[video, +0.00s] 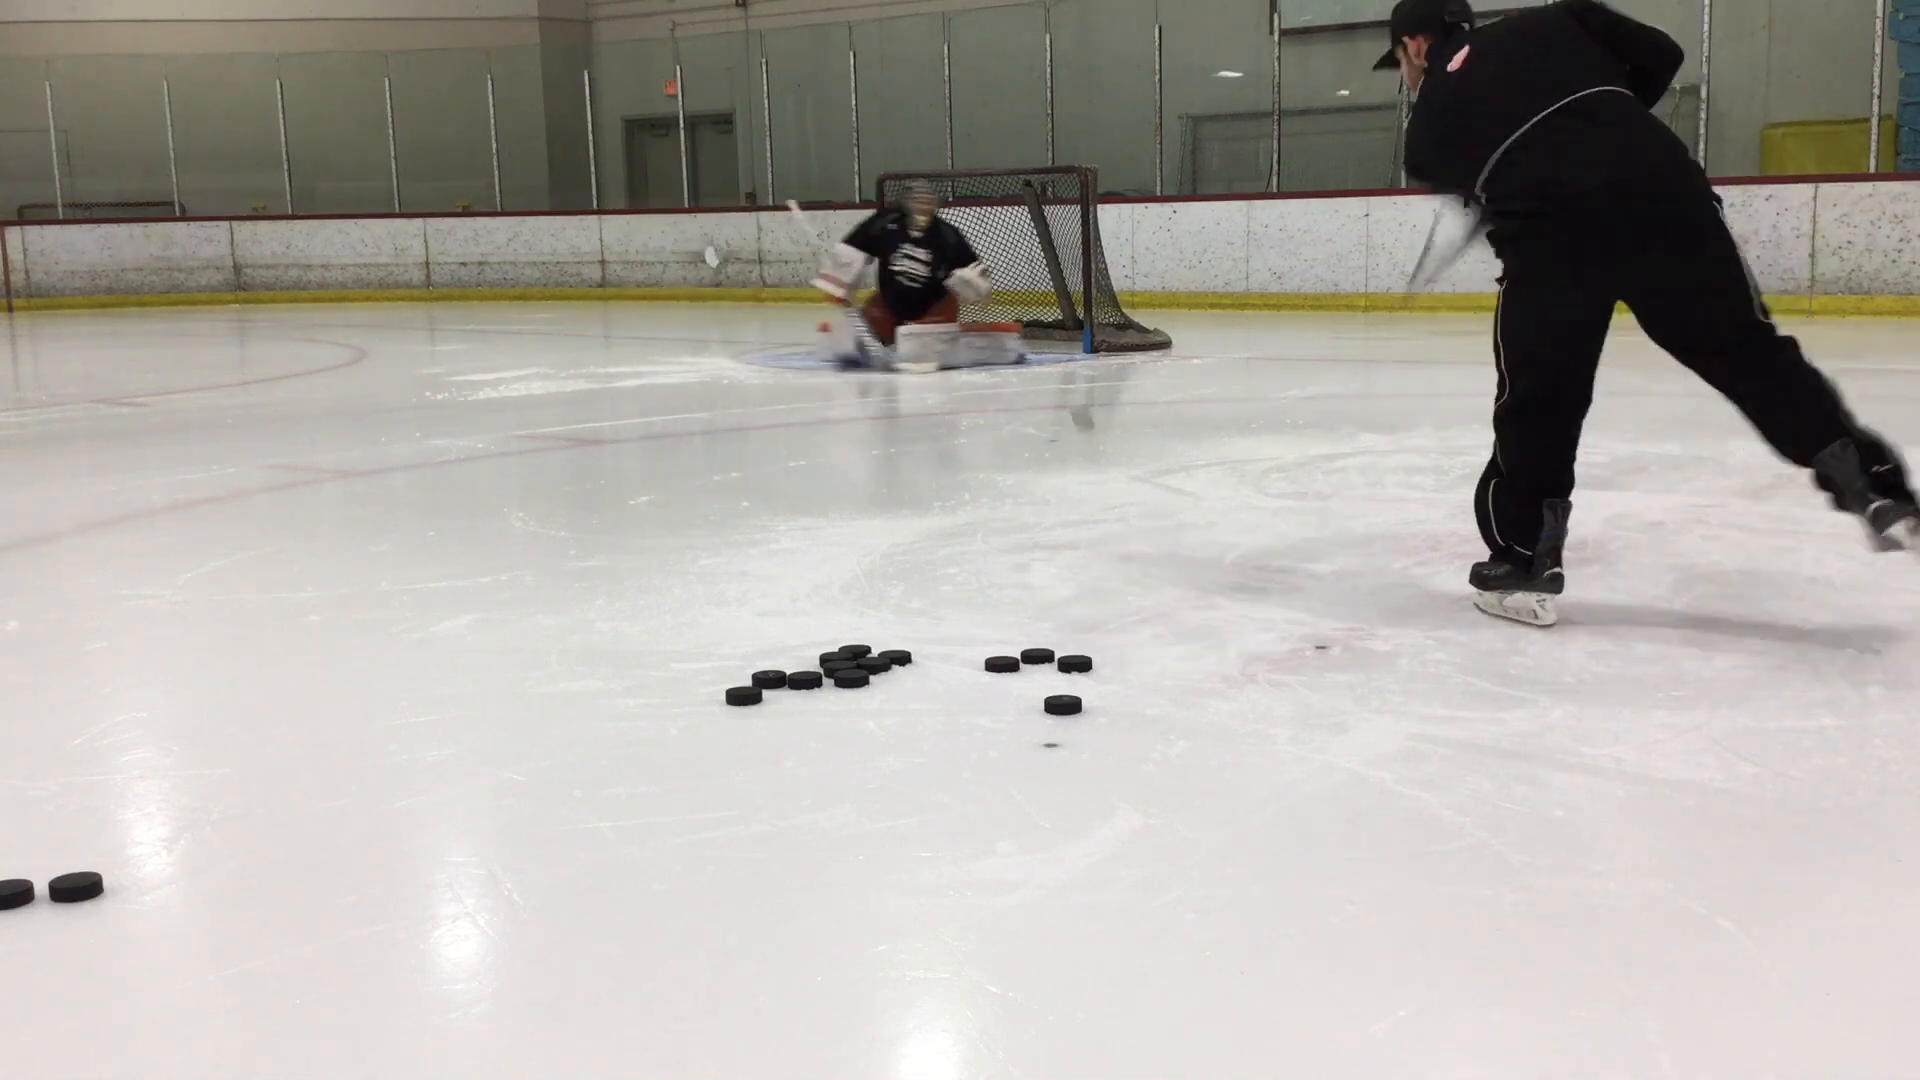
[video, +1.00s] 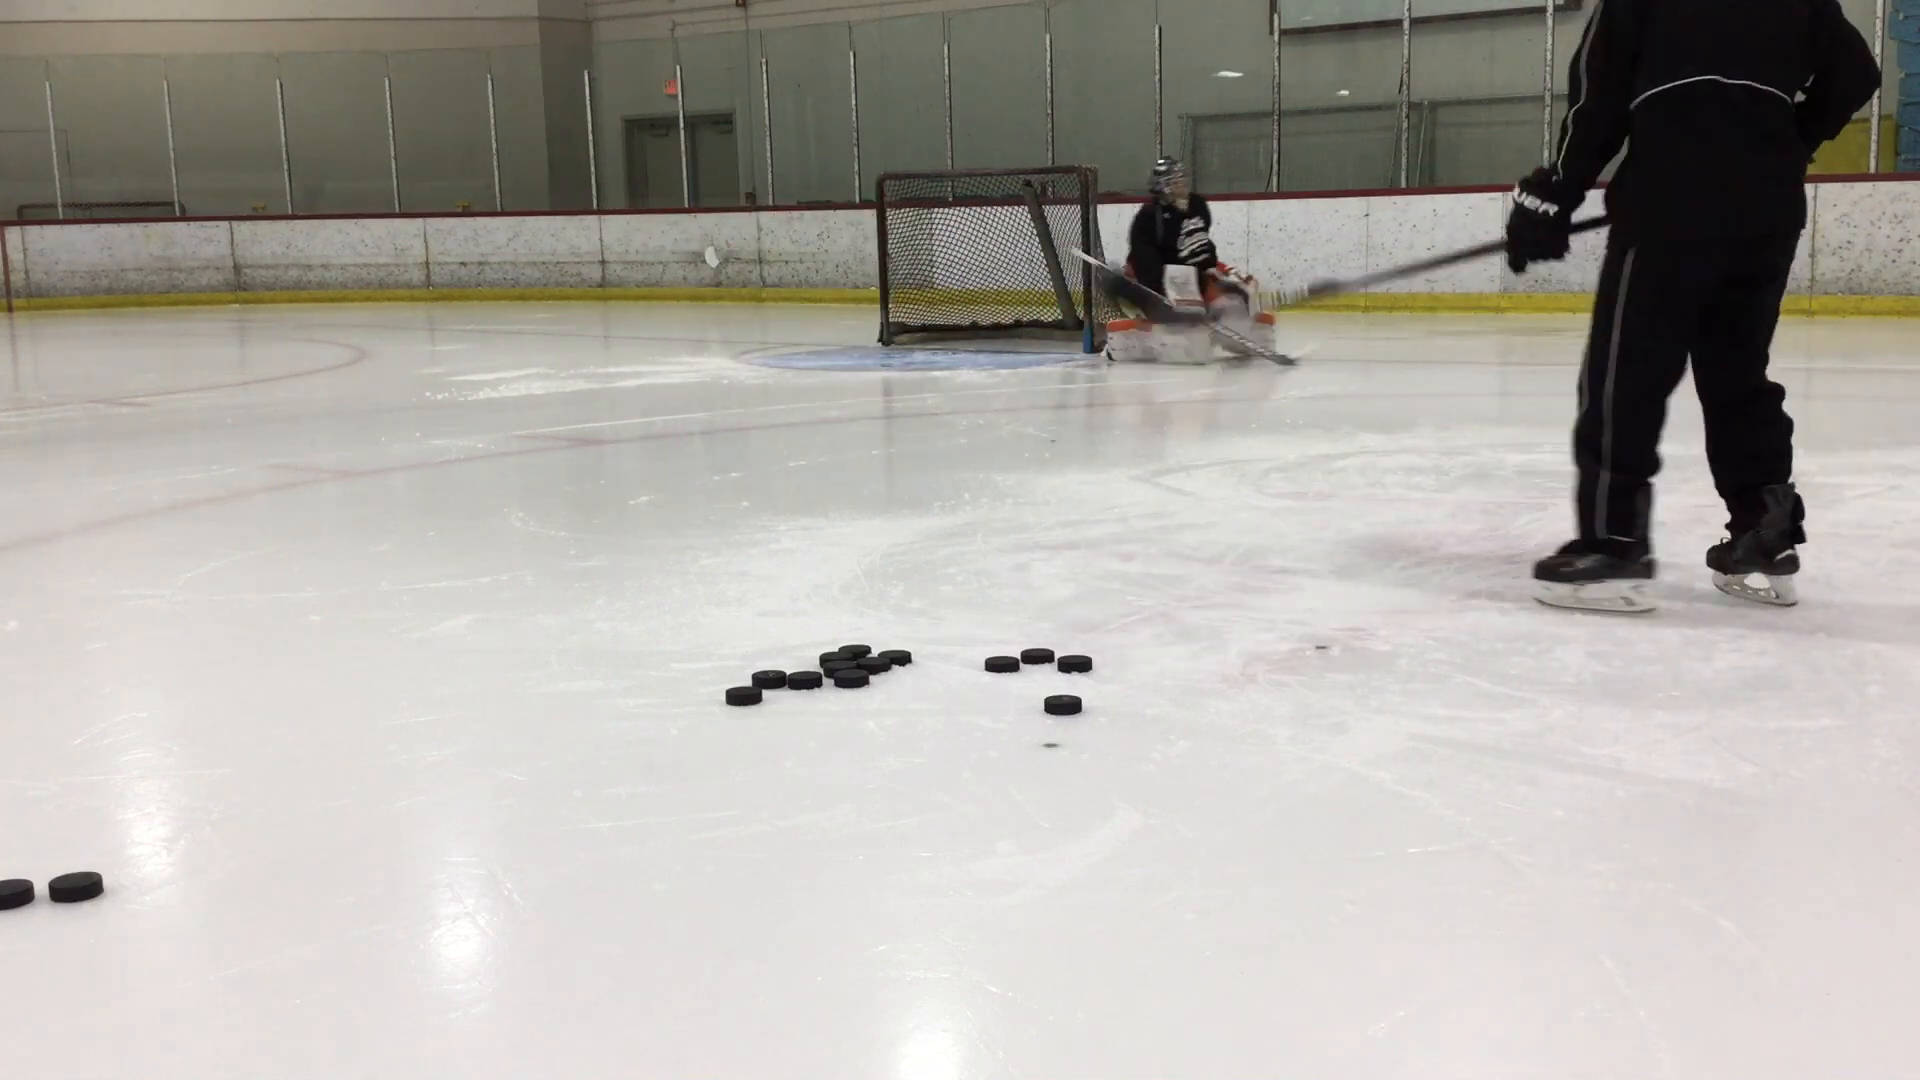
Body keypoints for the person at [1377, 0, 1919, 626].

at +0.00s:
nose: (1401, 77)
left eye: (1400, 62)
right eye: (1399, 64)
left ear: (1418, 48)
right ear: (1465, 27)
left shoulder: (1427, 127)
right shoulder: (1558, 20)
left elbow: (1453, 180)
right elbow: (1658, 54)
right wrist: (1603, 124)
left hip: (1554, 240)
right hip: (1665, 201)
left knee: (1540, 396)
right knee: (1742, 344)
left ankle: (1527, 557)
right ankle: (1865, 476)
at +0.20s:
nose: (1444, 22)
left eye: (1445, 14)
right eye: (1444, 13)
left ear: (1461, 16)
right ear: (1507, 4)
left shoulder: (1458, 78)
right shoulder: (1567, 8)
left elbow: (1461, 139)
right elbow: (1671, 12)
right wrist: (1663, 79)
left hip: (1542, 220)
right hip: (1651, 203)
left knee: (1532, 382)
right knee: (1678, 365)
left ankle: (1498, 528)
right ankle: (1721, 512)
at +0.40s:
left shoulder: (1509, 31)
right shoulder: (1658, 2)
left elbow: (1484, 108)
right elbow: (1729, 38)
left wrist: (1546, 147)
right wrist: (1697, 100)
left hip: (1543, 221)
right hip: (1648, 213)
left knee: (1546, 382)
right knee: (1671, 381)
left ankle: (1495, 534)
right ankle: (1709, 542)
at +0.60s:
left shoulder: (1542, 24)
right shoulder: (1697, 5)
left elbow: (1516, 108)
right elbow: (1778, 51)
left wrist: (1576, 161)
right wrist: (1748, 128)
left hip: (1568, 219)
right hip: (1674, 211)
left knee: (1569, 377)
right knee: (1696, 382)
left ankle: (1509, 528)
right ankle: (1726, 535)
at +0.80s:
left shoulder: (1577, 17)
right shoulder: (1758, 6)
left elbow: (1562, 134)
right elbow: (1837, 59)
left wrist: (1552, 238)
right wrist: (1788, 135)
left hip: (1615, 203)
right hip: (1728, 202)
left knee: (1585, 376)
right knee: (1722, 375)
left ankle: (1538, 527)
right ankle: (1744, 528)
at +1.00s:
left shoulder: (1632, 6)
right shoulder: (1801, 4)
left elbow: (1604, 89)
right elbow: (1855, 71)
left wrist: (1552, 191)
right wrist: (1787, 143)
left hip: (1667, 193)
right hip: (1768, 197)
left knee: (1623, 371)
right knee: (1737, 373)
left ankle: (1613, 541)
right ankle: (1767, 530)